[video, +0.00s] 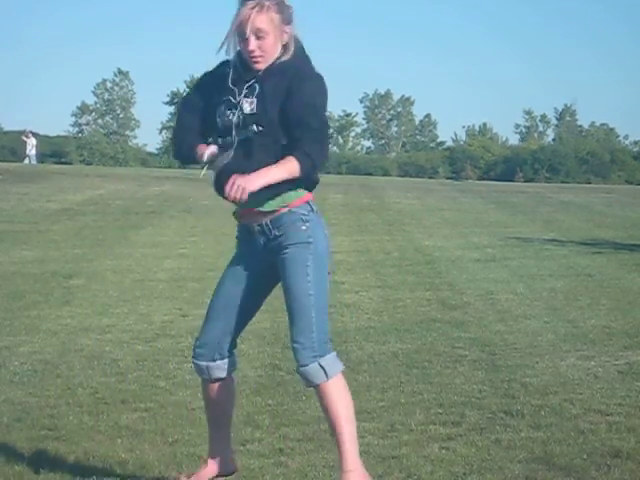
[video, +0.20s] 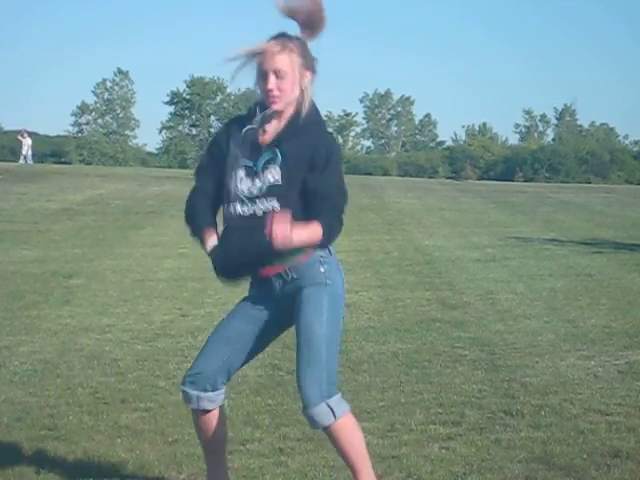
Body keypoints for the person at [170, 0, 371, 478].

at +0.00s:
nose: (251, 45)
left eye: (261, 35)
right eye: (244, 35)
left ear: (285, 36)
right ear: (236, 36)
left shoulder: (300, 78)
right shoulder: (223, 77)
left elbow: (312, 155)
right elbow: (185, 134)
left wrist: (257, 178)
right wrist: (213, 153)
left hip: (297, 226)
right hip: (252, 235)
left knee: (312, 353)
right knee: (211, 350)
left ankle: (353, 468)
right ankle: (221, 459)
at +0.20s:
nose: (270, 84)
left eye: (280, 75)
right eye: (264, 75)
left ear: (304, 79)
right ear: (257, 79)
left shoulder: (317, 141)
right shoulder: (232, 134)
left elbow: (329, 223)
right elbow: (200, 199)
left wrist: (274, 239)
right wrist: (216, 246)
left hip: (314, 276)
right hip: (264, 286)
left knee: (319, 399)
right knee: (200, 385)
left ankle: (367, 475)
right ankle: (218, 475)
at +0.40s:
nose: (269, 68)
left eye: (280, 62)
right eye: (265, 57)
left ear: (303, 61)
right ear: (257, 50)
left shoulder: (315, 103)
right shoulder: (232, 84)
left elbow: (358, 180)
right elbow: (189, 148)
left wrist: (321, 185)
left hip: (305, 241)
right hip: (248, 250)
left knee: (331, 367)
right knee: (209, 368)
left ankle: (370, 472)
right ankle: (216, 471)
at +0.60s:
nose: (272, 92)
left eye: (286, 86)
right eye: (267, 79)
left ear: (300, 83)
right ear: (256, 63)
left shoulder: (304, 124)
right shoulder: (213, 104)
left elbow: (331, 202)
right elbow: (179, 171)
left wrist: (330, 202)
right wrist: (203, 209)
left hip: (300, 253)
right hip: (243, 264)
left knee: (335, 372)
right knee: (191, 373)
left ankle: (385, 470)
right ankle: (172, 468)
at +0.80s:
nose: (253, 116)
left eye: (265, 111)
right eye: (248, 104)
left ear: (281, 114)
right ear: (238, 96)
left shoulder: (289, 152)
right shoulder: (199, 144)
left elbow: (335, 218)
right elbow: (151, 202)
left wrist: (352, 159)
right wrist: (197, 190)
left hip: (286, 290)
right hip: (226, 297)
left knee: (341, 389)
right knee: (155, 384)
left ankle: (388, 475)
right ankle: (170, 475)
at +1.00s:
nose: (234, 93)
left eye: (241, 84)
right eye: (224, 84)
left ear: (260, 67)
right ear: (212, 65)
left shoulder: (290, 90)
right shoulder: (192, 85)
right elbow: (140, 119)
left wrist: (348, 8)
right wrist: (173, 146)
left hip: (259, 256)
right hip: (193, 251)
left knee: (305, 363)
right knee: (151, 368)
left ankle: (354, 470)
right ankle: (147, 461)